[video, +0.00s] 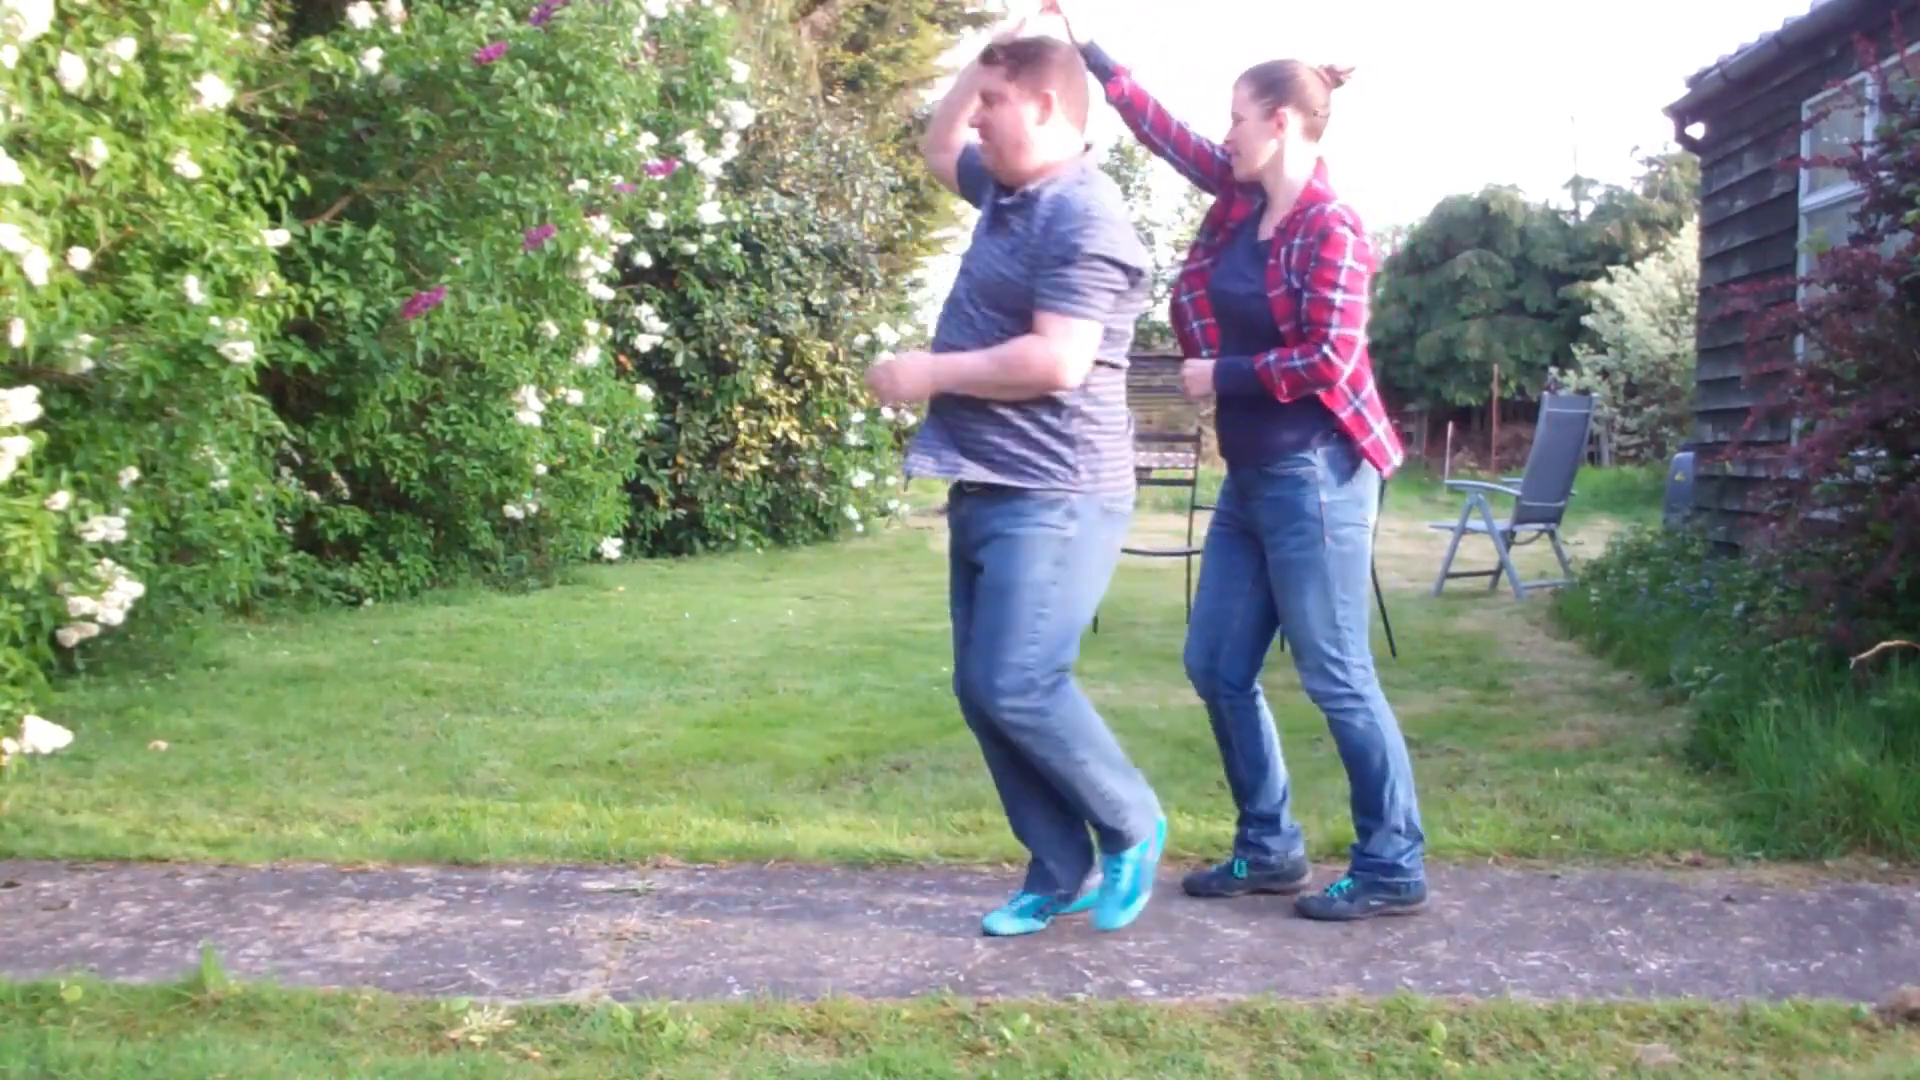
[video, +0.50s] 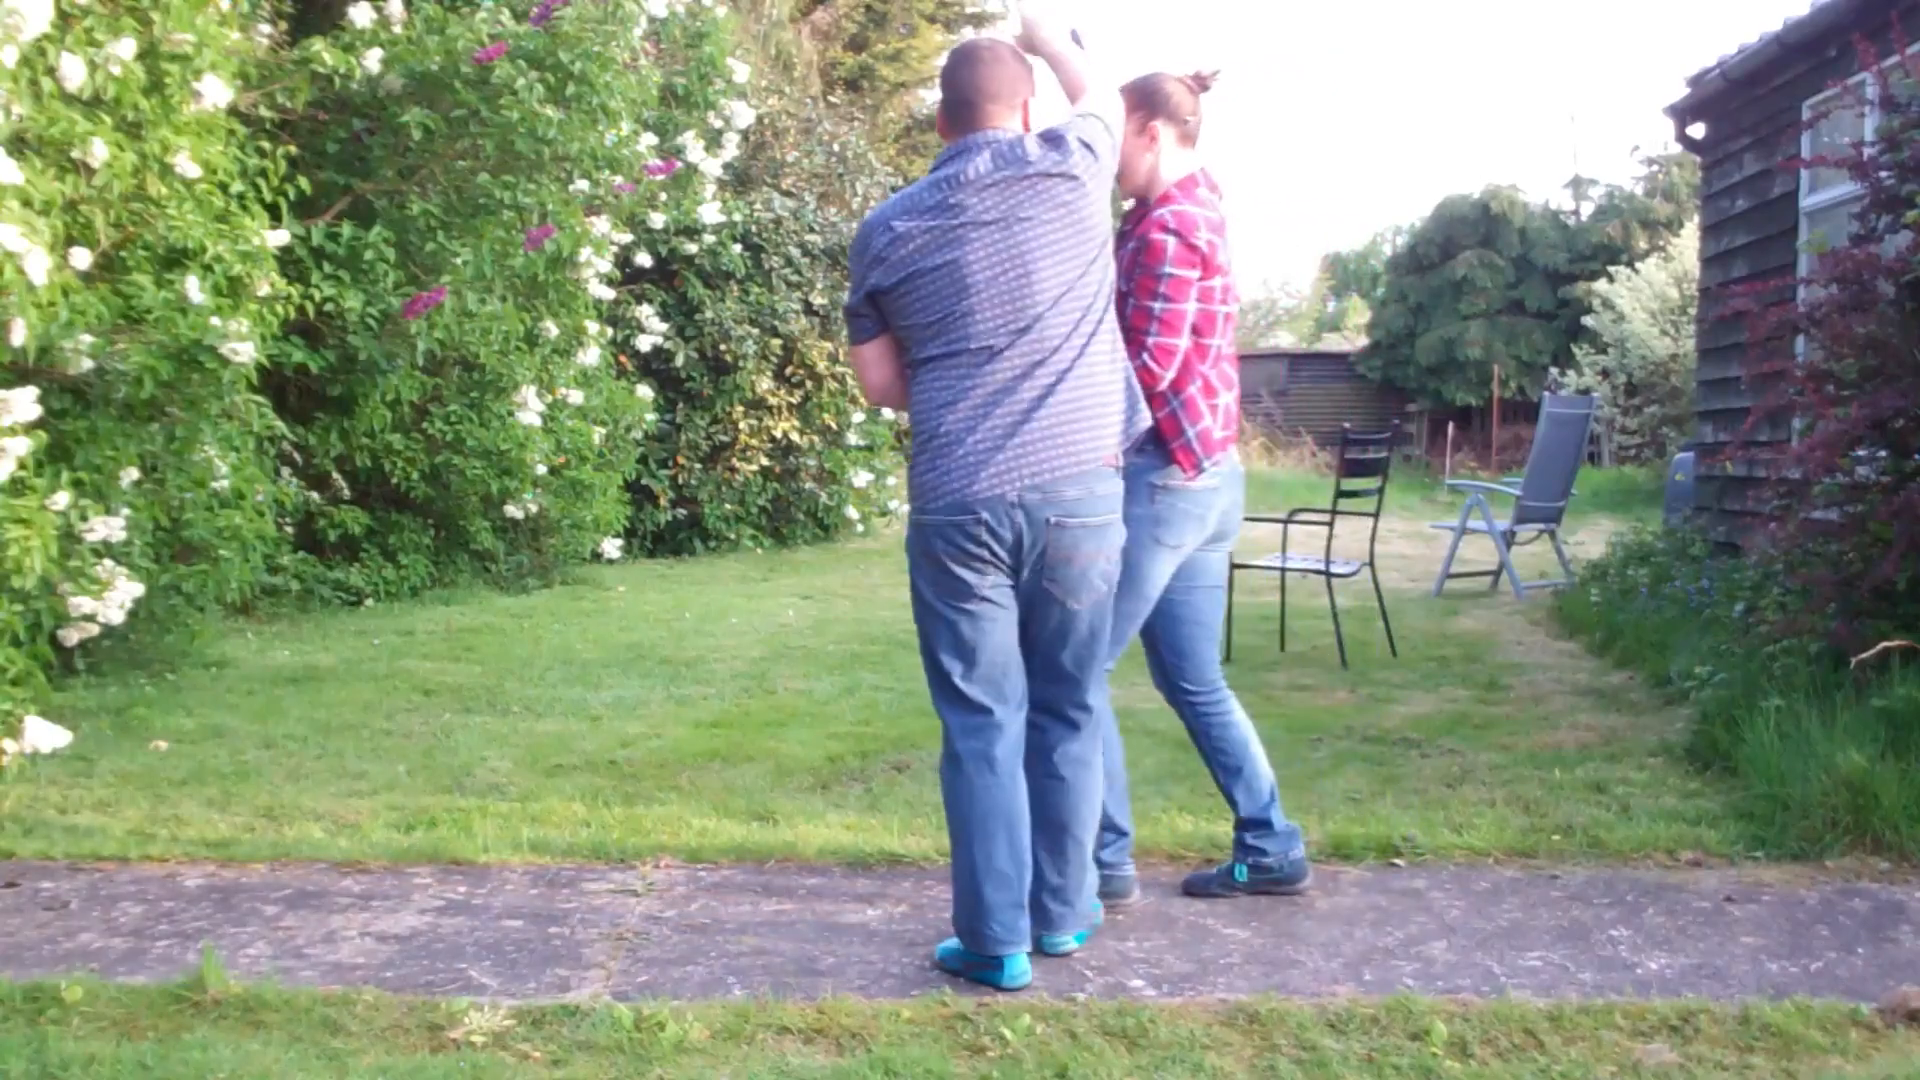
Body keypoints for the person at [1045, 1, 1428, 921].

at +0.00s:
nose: (1225, 133)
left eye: (1236, 119)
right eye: (1226, 119)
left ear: (1285, 126)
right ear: (1265, 130)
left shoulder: (1331, 227)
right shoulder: (1237, 199)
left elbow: (1331, 361)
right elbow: (1160, 126)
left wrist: (1223, 374)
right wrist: (1081, 45)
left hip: (1318, 468)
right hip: (1250, 471)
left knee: (1337, 674)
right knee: (1217, 665)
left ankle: (1392, 865)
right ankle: (1270, 847)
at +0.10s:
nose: (1211, 136)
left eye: (1225, 122)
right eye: (1215, 122)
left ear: (1270, 127)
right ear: (1251, 126)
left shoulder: (1314, 231)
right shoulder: (1225, 198)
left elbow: (1295, 365)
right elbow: (1147, 139)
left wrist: (1184, 375)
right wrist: (1070, 62)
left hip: (1294, 468)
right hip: (1227, 469)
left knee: (1314, 673)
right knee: (1219, 672)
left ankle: (1388, 859)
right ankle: (1272, 848)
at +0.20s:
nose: (1192, 137)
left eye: (1202, 122)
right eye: (1194, 123)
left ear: (1248, 125)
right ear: (1240, 125)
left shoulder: (1282, 227)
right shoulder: (1214, 203)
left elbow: (1261, 366)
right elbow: (1141, 159)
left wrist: (1149, 373)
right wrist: (1065, 88)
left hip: (1260, 466)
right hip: (1212, 463)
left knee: (1251, 671)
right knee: (1216, 670)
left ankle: (1363, 839)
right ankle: (1271, 848)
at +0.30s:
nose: (1167, 140)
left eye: (1176, 124)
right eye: (1170, 125)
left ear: (1218, 127)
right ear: (1224, 128)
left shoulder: (1243, 224)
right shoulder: (1204, 201)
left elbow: (1227, 362)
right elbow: (1127, 157)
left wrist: (1127, 373)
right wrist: (1060, 88)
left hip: (1226, 466)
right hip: (1251, 462)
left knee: (1168, 665)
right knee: (1230, 668)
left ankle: (1304, 811)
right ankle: (1265, 849)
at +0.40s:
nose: (1129, 143)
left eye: (1141, 129)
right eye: (1131, 128)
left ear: (1187, 132)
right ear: (1192, 135)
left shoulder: (1205, 224)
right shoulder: (1198, 215)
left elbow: (1187, 360)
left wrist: (1089, 380)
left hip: (1195, 475)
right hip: (1241, 472)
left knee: (1116, 662)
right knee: (1213, 669)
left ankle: (1196, 838)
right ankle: (1276, 848)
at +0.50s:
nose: (1106, 152)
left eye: (1115, 135)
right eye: (1108, 136)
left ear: (1152, 135)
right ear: (1163, 136)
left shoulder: (1169, 228)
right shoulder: (1191, 212)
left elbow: (1152, 368)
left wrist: (1069, 410)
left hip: (1166, 482)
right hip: (1213, 474)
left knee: (1075, 669)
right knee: (1193, 678)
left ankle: (1105, 860)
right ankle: (1270, 846)